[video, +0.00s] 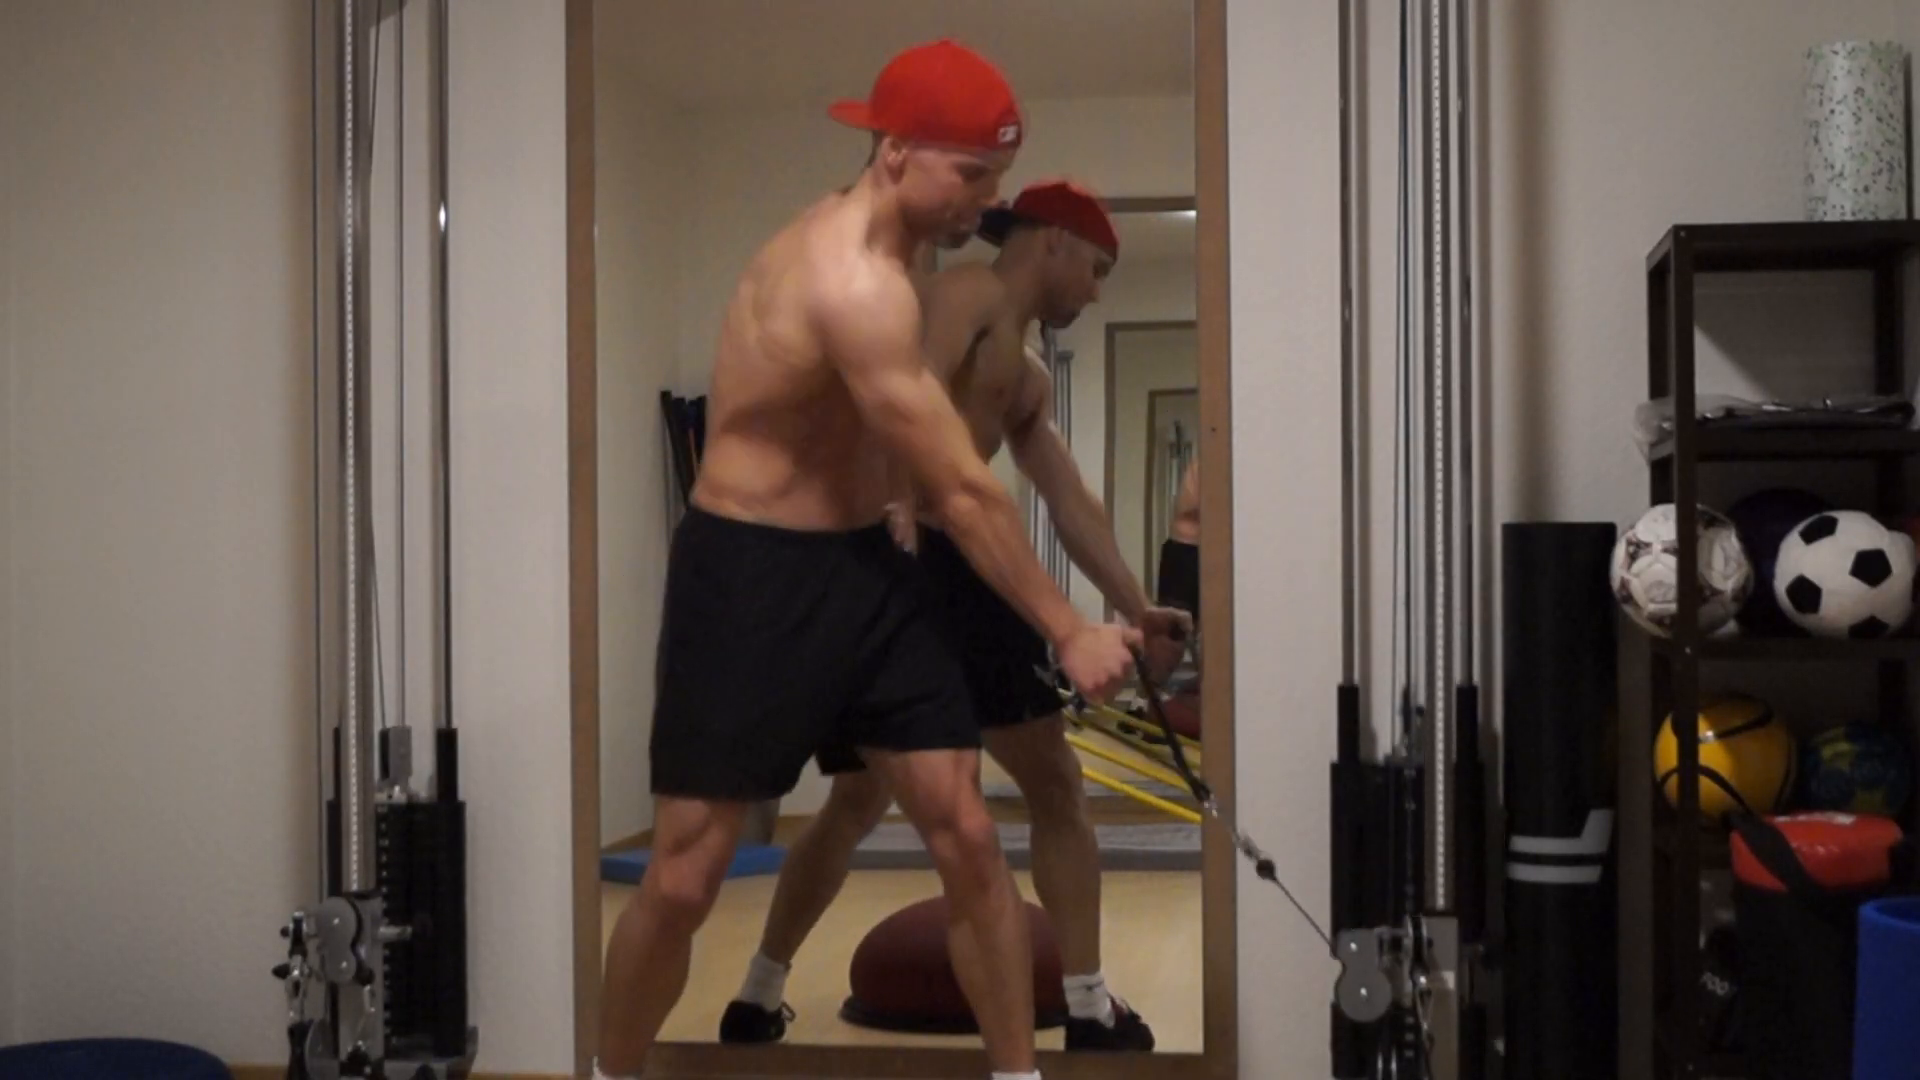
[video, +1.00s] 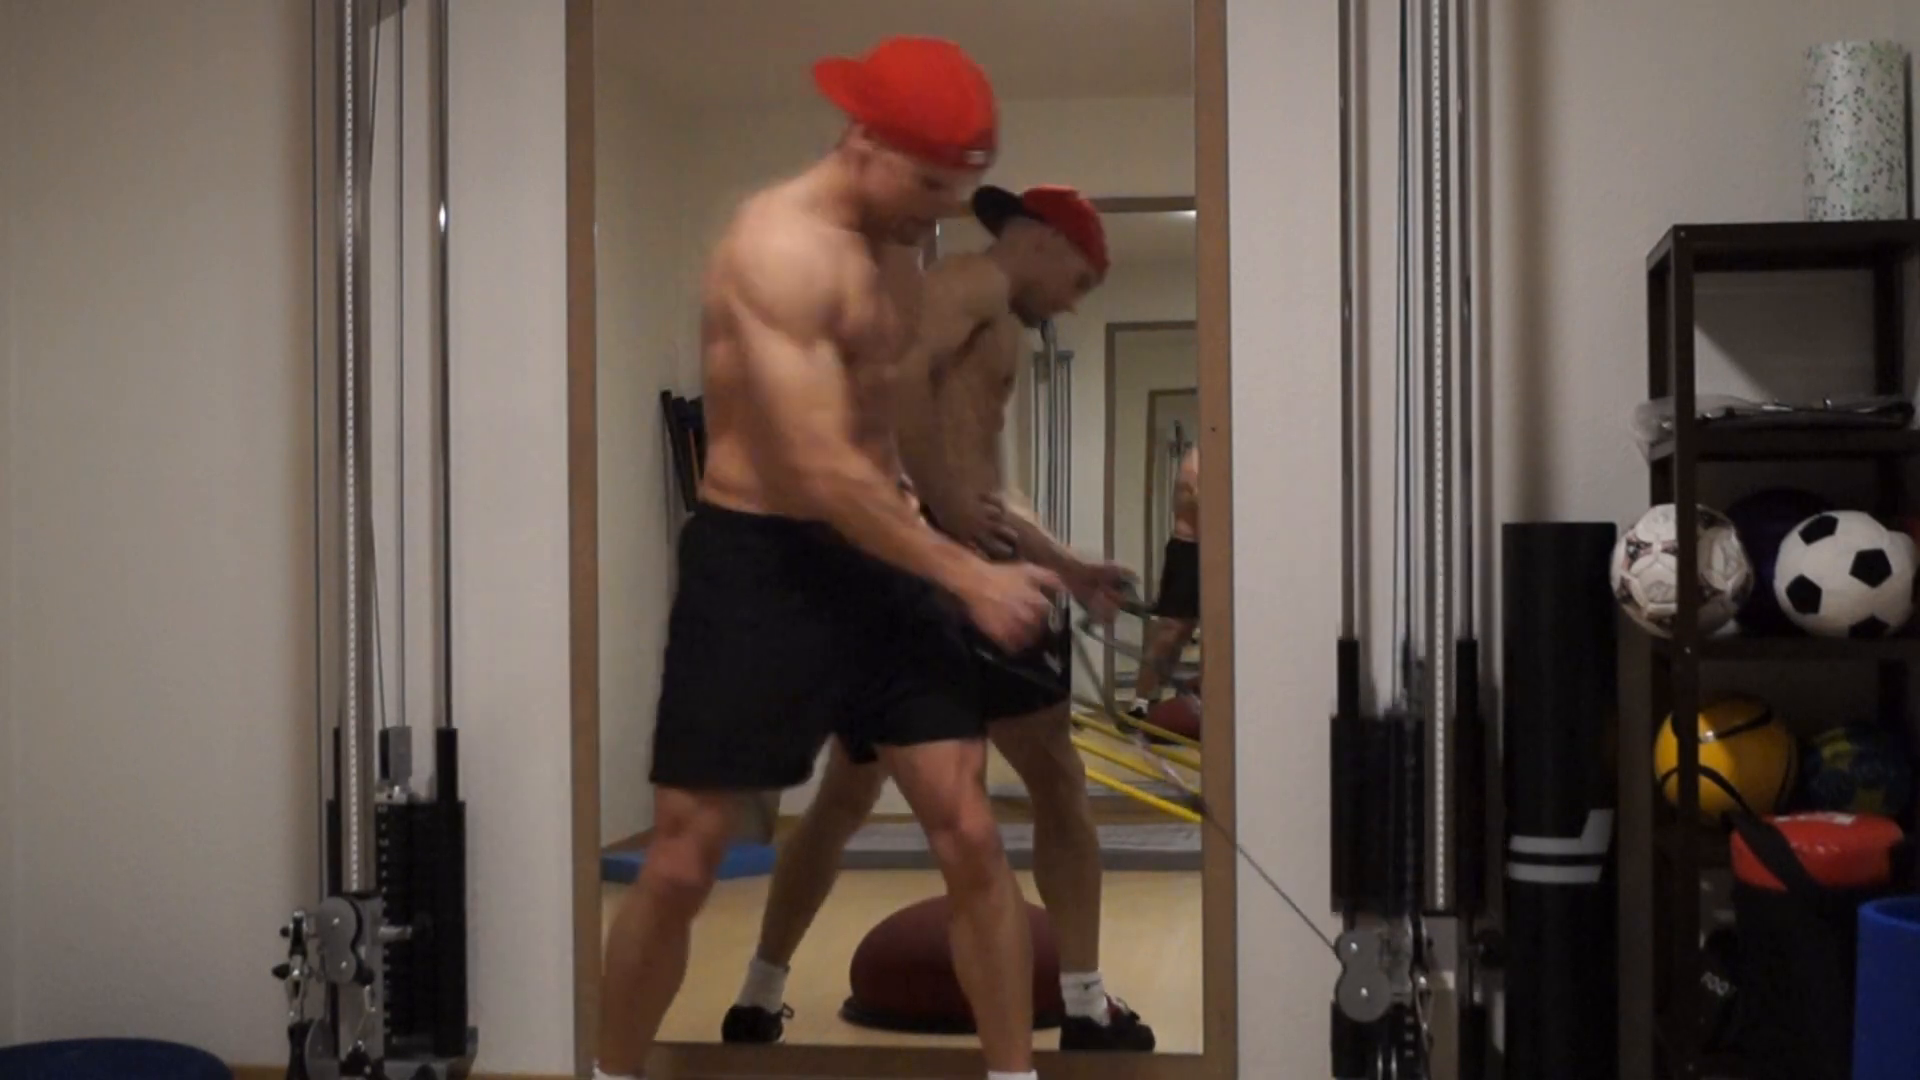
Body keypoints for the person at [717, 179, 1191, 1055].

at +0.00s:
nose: (1097, 291)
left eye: (1103, 275)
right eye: (1096, 270)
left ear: (1055, 254)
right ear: (1052, 247)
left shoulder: (1024, 375)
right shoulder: (971, 289)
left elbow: (1069, 498)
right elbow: (906, 403)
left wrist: (1136, 609)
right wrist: (902, 511)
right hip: (937, 567)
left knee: (857, 799)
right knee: (1056, 787)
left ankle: (760, 991)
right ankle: (1088, 1006)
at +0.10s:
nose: (1075, 299)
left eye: (1081, 283)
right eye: (1074, 279)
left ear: (1032, 263)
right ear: (1033, 258)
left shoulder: (994, 364)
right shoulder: (960, 300)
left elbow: (1042, 508)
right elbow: (913, 468)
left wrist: (1114, 606)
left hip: (891, 586)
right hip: (936, 586)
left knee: (858, 798)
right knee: (1051, 784)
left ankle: (764, 989)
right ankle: (1088, 1004)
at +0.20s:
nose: (1029, 298)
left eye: (1035, 283)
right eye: (1031, 278)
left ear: (970, 245)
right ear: (1004, 252)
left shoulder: (896, 294)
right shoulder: (969, 301)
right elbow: (955, 420)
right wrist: (988, 524)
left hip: (874, 554)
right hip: (953, 561)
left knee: (833, 792)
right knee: (1034, 779)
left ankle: (762, 993)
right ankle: (1083, 1000)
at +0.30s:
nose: (1011, 288)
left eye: (1012, 277)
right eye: (1011, 274)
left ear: (926, 235)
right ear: (993, 253)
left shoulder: (852, 284)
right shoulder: (987, 289)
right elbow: (1016, 374)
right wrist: (1008, 493)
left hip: (837, 544)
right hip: (945, 546)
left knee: (811, 782)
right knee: (1025, 781)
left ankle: (757, 991)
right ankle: (1082, 1000)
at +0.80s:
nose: (1000, 282)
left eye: (1000, 272)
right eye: (999, 268)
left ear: (907, 237)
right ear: (982, 249)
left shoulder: (848, 290)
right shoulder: (985, 280)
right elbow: (1005, 359)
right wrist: (1035, 474)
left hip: (844, 547)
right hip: (954, 540)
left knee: (814, 790)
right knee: (1038, 775)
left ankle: (755, 996)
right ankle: (1082, 1004)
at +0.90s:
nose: (1033, 299)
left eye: (1040, 287)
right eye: (1038, 279)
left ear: (968, 236)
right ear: (1010, 246)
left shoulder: (887, 281)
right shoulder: (982, 281)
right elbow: (967, 415)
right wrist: (1005, 513)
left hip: (865, 537)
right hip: (954, 540)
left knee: (829, 792)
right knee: (1051, 780)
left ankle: (758, 996)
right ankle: (1083, 1005)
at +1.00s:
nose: (1077, 302)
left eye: (1086, 288)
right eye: (1082, 280)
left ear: (1044, 252)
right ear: (1044, 245)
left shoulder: (998, 331)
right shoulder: (972, 282)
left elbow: (972, 489)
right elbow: (887, 383)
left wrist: (1066, 565)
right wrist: (938, 503)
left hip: (940, 572)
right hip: (930, 572)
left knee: (841, 798)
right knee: (1060, 787)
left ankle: (761, 993)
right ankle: (1085, 1005)